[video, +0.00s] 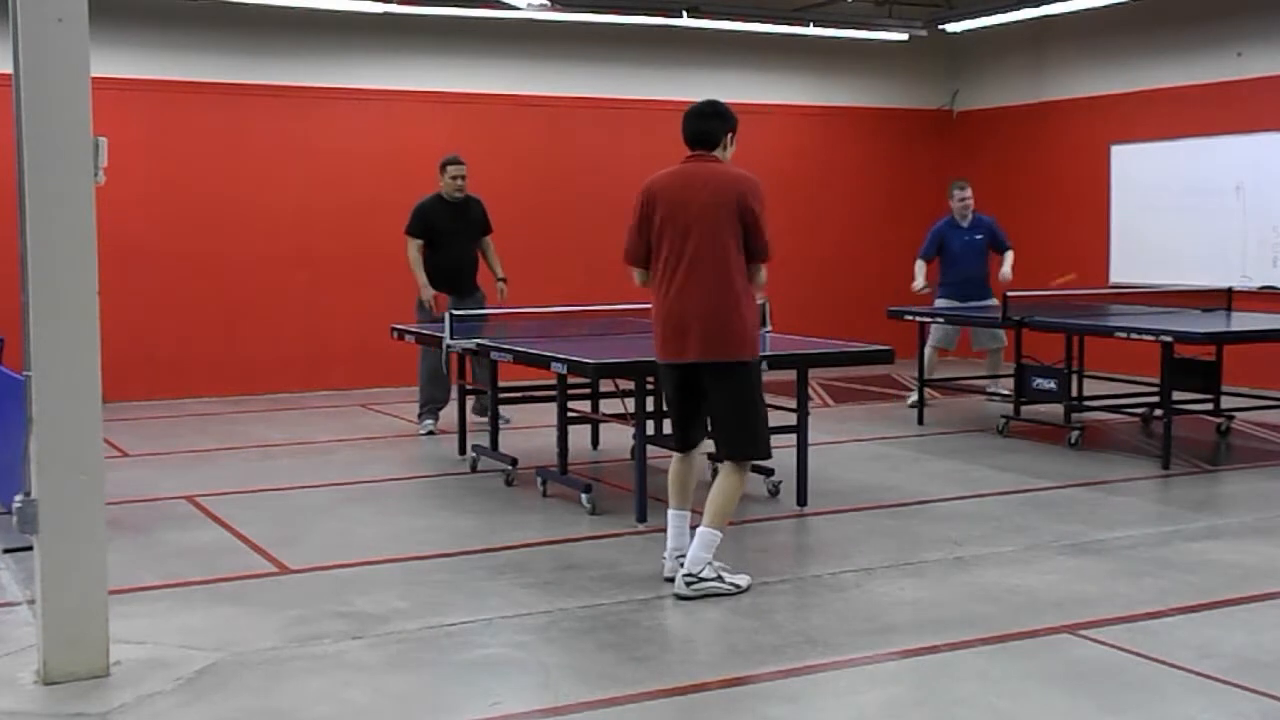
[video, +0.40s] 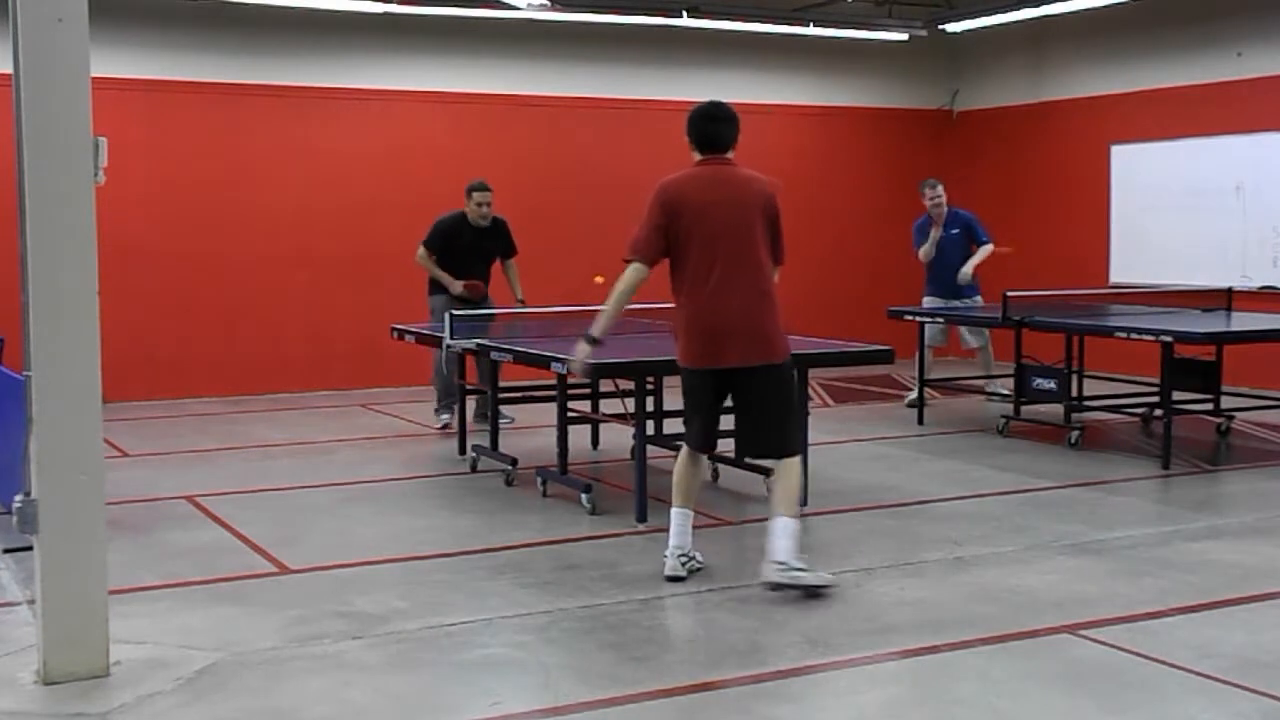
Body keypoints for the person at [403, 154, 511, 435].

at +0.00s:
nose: (460, 183)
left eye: (463, 178)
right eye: (454, 178)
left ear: (467, 179)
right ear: (441, 179)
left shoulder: (475, 207)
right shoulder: (425, 210)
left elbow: (485, 243)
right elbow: (414, 249)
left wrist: (499, 276)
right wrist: (424, 286)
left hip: (469, 292)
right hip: (434, 294)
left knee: (483, 347)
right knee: (433, 352)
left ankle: (485, 403)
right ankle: (429, 412)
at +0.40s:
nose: (485, 211)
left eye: (489, 205)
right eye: (479, 205)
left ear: (493, 204)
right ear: (467, 204)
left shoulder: (499, 228)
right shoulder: (447, 226)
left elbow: (507, 261)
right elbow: (422, 256)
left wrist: (518, 294)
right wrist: (450, 282)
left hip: (480, 296)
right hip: (446, 296)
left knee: (488, 350)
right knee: (448, 349)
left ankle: (486, 408)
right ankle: (445, 408)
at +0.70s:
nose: (497, 233)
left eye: (501, 227)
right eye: (491, 228)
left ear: (505, 225)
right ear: (477, 225)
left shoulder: (498, 242)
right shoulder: (459, 245)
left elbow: (488, 264)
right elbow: (432, 287)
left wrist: (490, 284)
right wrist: (462, 308)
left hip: (465, 305)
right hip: (435, 306)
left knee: (480, 355)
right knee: (442, 363)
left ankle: (483, 408)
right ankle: (455, 418)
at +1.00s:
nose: (493, 240)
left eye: (496, 234)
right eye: (488, 234)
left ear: (498, 229)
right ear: (473, 228)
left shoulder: (473, 232)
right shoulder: (459, 245)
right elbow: (489, 264)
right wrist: (521, 272)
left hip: (452, 302)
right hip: (427, 303)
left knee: (459, 354)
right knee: (438, 361)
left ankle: (457, 406)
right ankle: (453, 416)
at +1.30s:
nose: (484, 220)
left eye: (486, 214)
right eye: (478, 214)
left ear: (488, 213)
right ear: (464, 213)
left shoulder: (476, 234)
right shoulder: (449, 233)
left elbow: (460, 267)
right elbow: (428, 271)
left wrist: (463, 295)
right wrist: (456, 299)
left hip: (450, 304)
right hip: (425, 304)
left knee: (454, 358)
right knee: (437, 361)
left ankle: (430, 407)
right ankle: (454, 418)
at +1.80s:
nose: (455, 195)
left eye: (458, 190)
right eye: (449, 190)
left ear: (462, 192)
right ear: (435, 191)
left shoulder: (465, 216)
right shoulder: (417, 220)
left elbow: (477, 246)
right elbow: (401, 255)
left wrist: (492, 270)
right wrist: (426, 285)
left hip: (446, 297)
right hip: (414, 297)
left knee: (452, 353)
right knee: (408, 353)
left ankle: (438, 404)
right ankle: (401, 412)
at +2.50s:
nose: (462, 250)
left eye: (466, 244)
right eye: (457, 243)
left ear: (471, 240)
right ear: (445, 236)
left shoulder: (467, 251)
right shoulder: (429, 241)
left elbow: (473, 280)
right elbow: (417, 257)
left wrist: (487, 302)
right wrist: (457, 273)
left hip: (437, 302)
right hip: (405, 299)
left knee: (457, 349)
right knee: (405, 347)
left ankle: (479, 402)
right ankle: (403, 412)